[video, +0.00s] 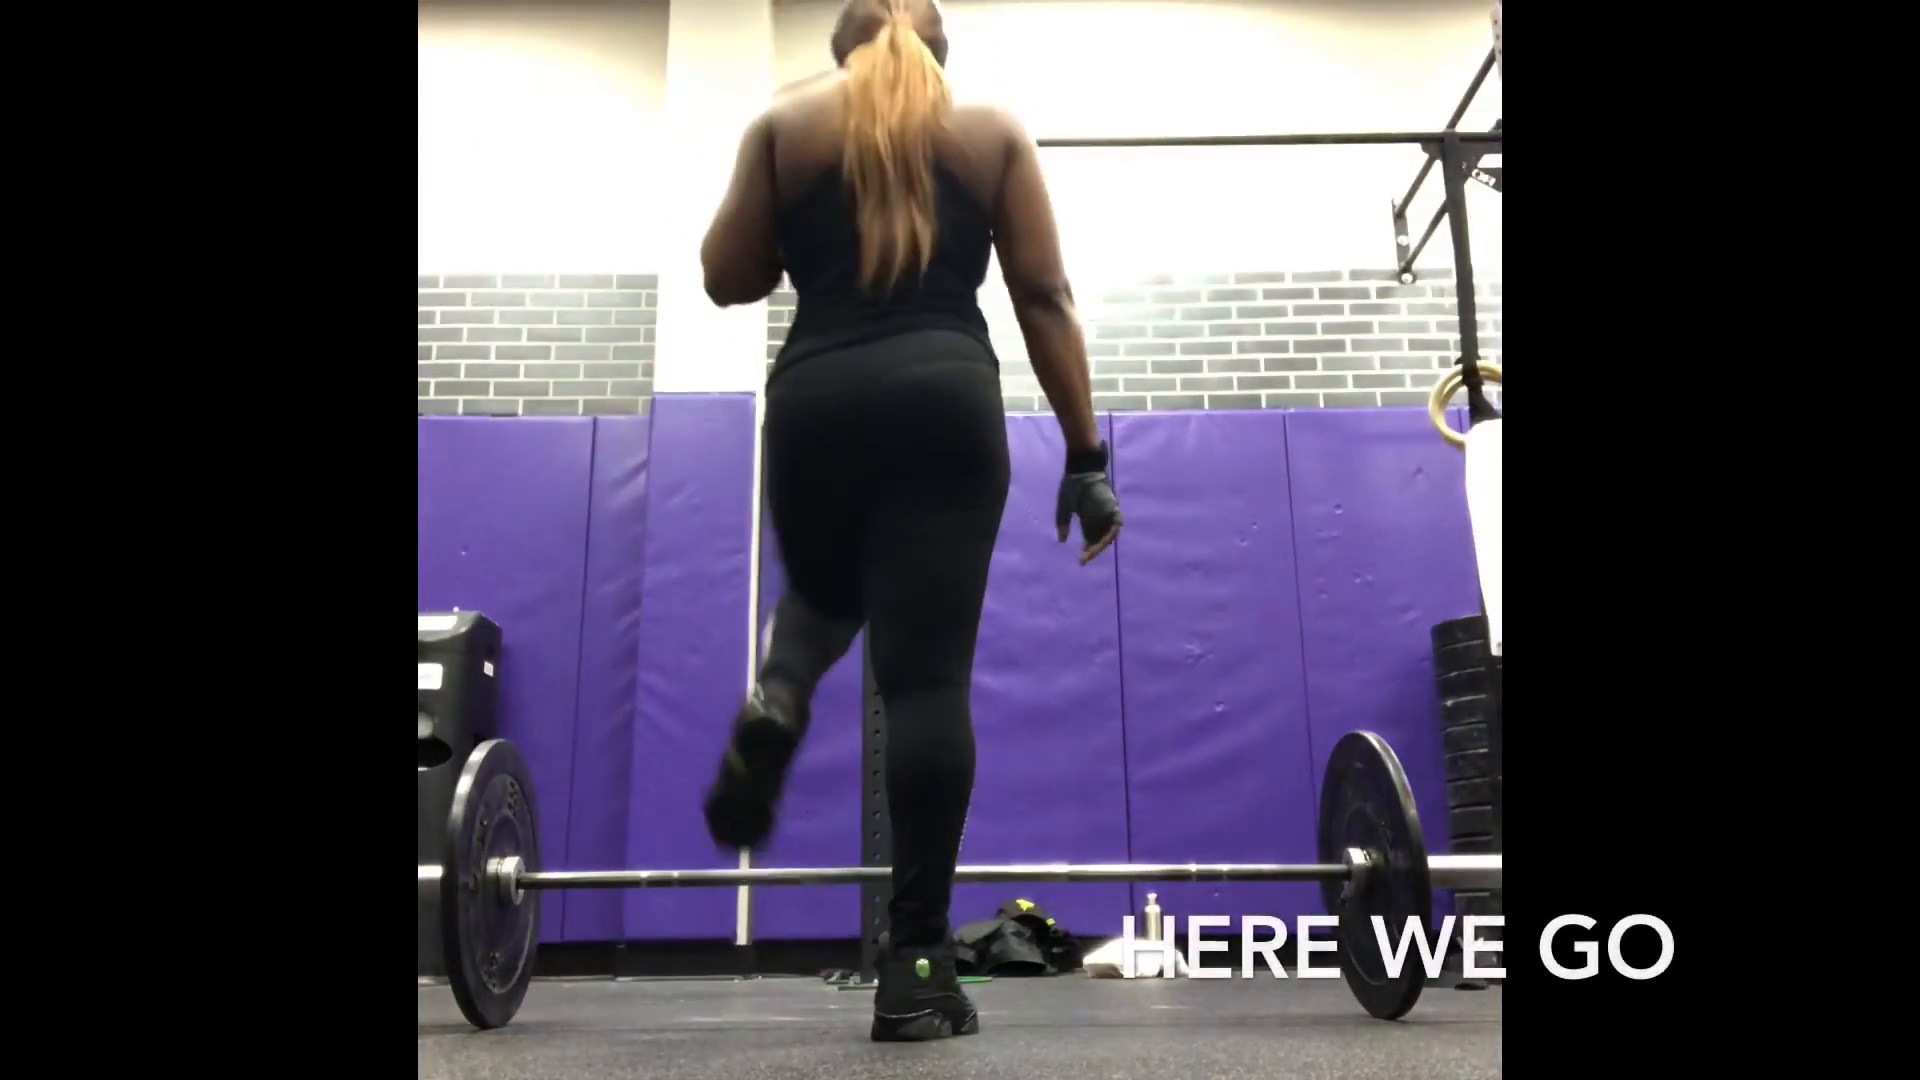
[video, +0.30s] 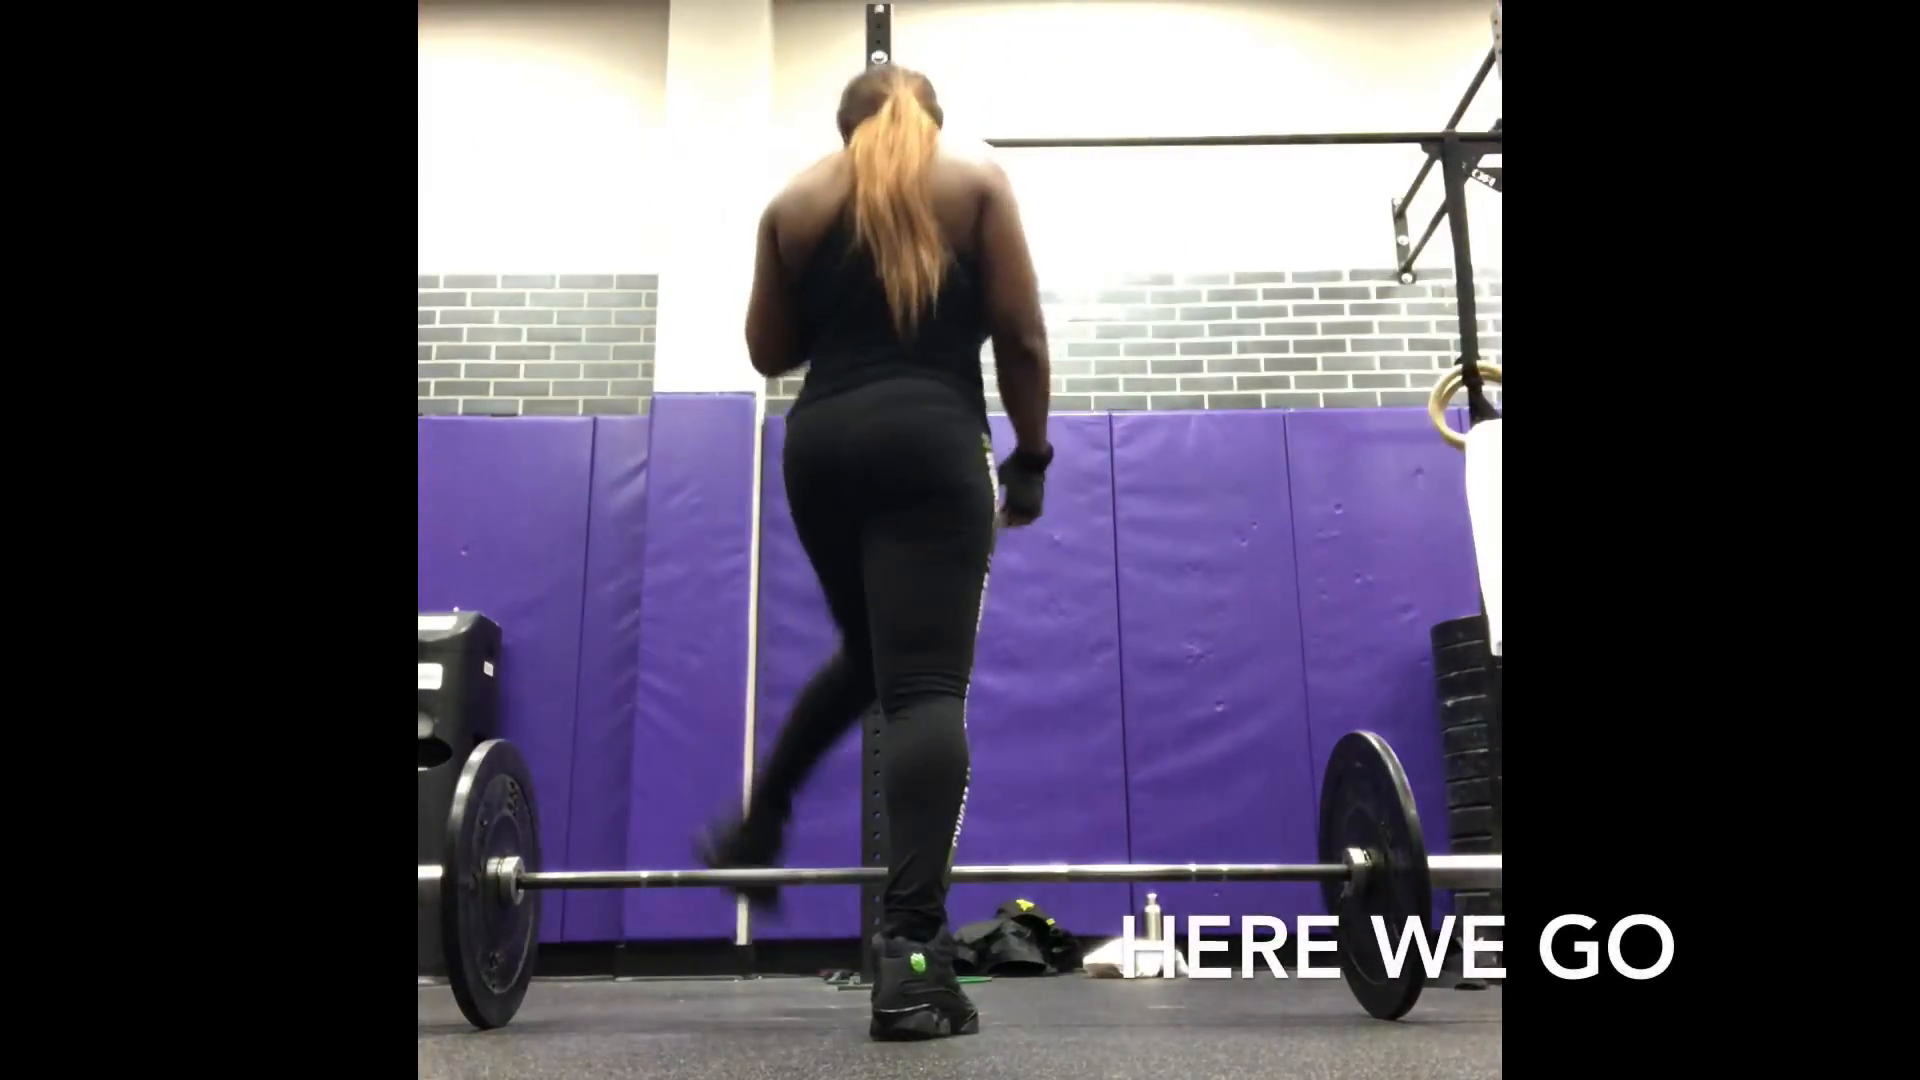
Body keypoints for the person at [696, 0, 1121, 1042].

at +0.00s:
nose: (936, 32)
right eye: (937, 28)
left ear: (843, 47)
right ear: (933, 47)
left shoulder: (785, 123)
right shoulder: (990, 131)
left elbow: (728, 277)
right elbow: (1044, 296)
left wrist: (807, 213)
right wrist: (1086, 453)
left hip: (815, 404)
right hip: (950, 401)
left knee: (822, 600)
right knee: (930, 684)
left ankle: (772, 717)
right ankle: (914, 967)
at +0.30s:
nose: (912, 108)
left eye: (868, 105)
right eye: (921, 101)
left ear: (846, 127)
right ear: (931, 116)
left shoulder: (797, 204)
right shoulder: (976, 183)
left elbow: (769, 350)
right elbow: (1020, 339)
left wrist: (849, 305)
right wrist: (1030, 456)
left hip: (819, 444)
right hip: (932, 438)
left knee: (863, 652)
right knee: (925, 690)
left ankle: (756, 825)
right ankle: (910, 954)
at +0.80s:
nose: (926, 227)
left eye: (918, 214)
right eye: (923, 216)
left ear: (849, 219)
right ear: (908, 222)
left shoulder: (790, 301)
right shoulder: (911, 265)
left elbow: (786, 431)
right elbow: (919, 358)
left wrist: (847, 477)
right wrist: (960, 483)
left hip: (811, 494)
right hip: (904, 479)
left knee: (835, 732)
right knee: (1030, 653)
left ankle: (813, 955)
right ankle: (926, 692)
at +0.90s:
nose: (933, 256)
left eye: (931, 244)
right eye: (931, 244)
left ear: (855, 231)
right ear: (918, 237)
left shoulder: (804, 307)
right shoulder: (913, 273)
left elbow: (802, 432)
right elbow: (917, 365)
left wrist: (858, 482)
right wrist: (965, 502)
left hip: (821, 504)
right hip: (910, 492)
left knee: (844, 736)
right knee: (1042, 657)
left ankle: (815, 951)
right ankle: (942, 773)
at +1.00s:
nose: (950, 255)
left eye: (946, 242)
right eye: (946, 242)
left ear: (875, 240)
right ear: (926, 239)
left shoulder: (827, 310)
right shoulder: (920, 281)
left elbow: (815, 440)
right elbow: (929, 379)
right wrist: (988, 518)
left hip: (838, 516)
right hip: (922, 509)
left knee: (855, 738)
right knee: (1031, 691)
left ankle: (817, 949)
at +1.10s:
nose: (969, 258)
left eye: (966, 245)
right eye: (963, 245)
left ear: (894, 247)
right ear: (940, 243)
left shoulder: (855, 316)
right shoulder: (937, 288)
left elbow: (821, 456)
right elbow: (941, 382)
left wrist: (925, 438)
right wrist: (1023, 503)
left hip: (870, 528)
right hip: (951, 520)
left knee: (885, 738)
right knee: (994, 733)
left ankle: (821, 943)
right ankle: (987, 945)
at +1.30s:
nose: (1013, 264)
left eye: (1012, 250)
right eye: (1005, 249)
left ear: (934, 251)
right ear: (974, 246)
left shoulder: (898, 317)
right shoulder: (966, 281)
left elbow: (829, 432)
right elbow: (920, 320)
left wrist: (904, 492)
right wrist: (1008, 401)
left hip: (912, 522)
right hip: (971, 514)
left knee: (968, 734)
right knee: (994, 728)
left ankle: (868, 894)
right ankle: (986, 942)